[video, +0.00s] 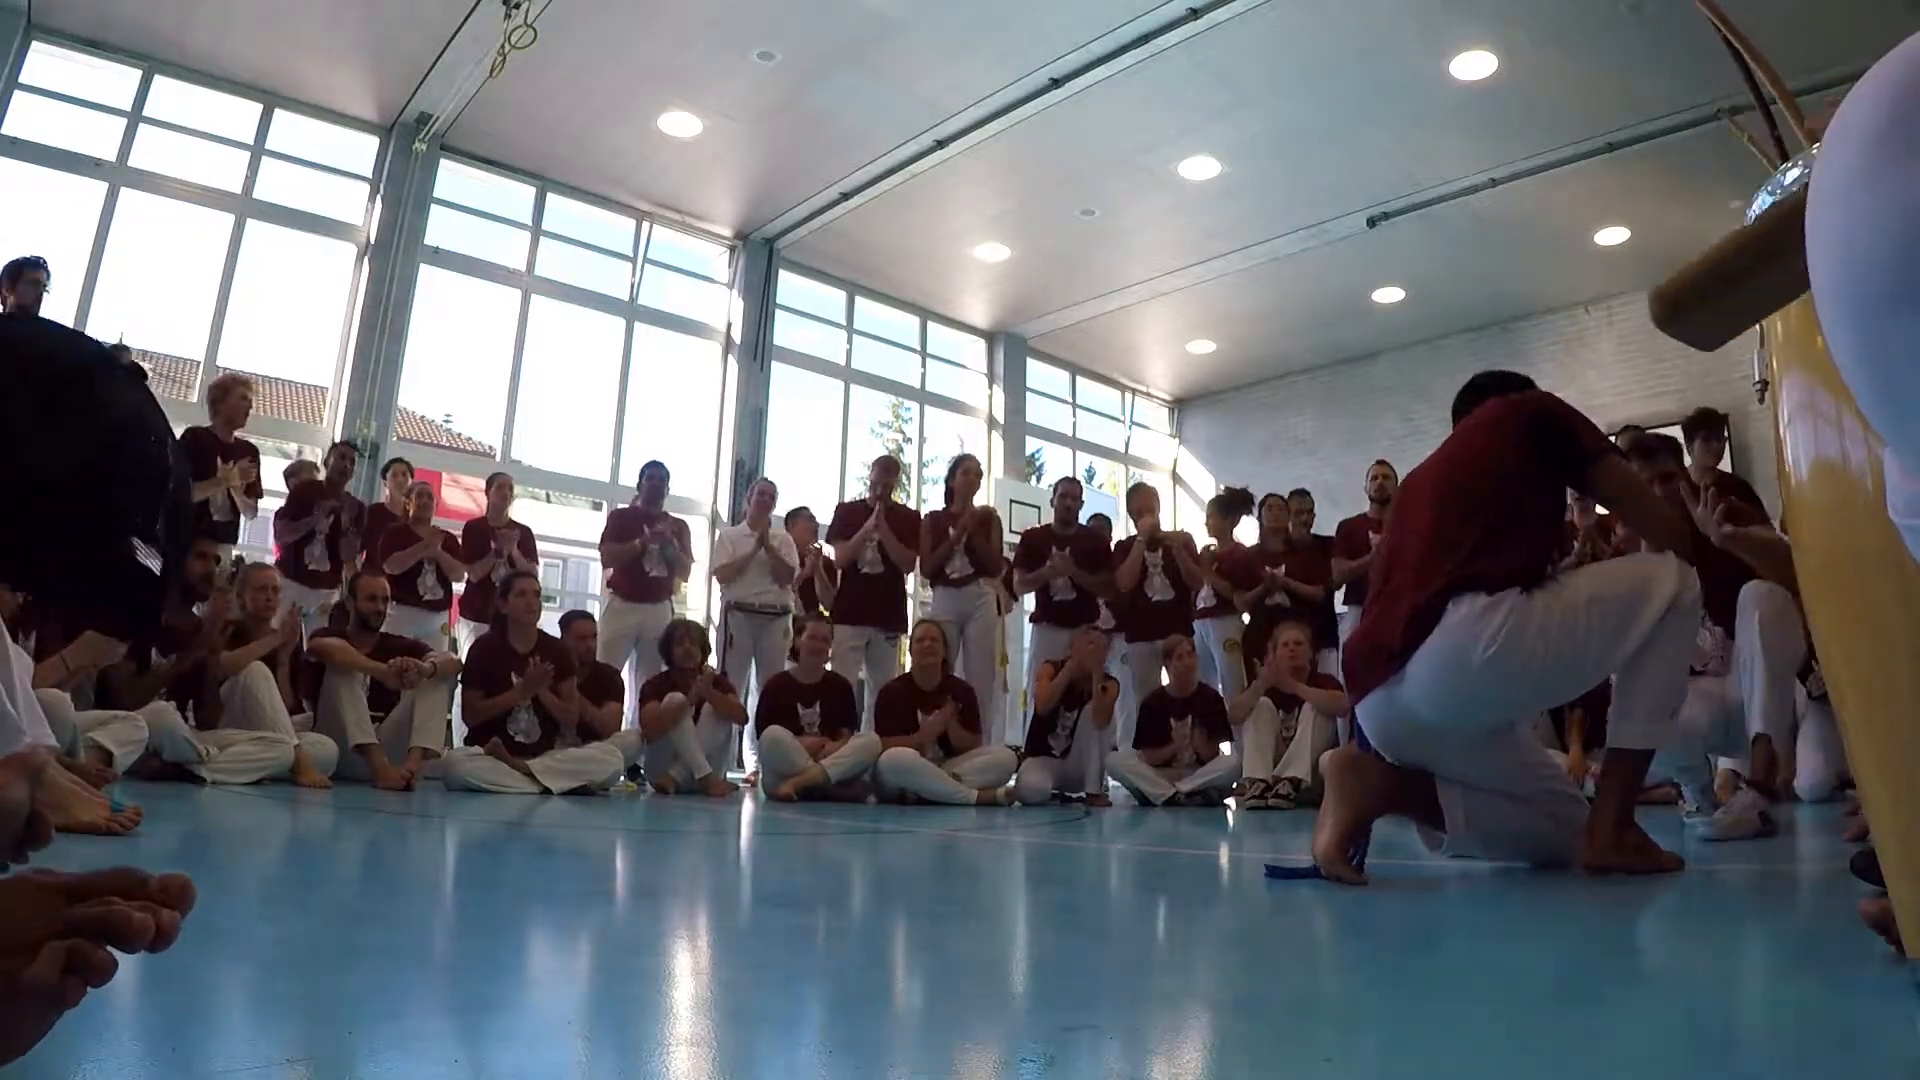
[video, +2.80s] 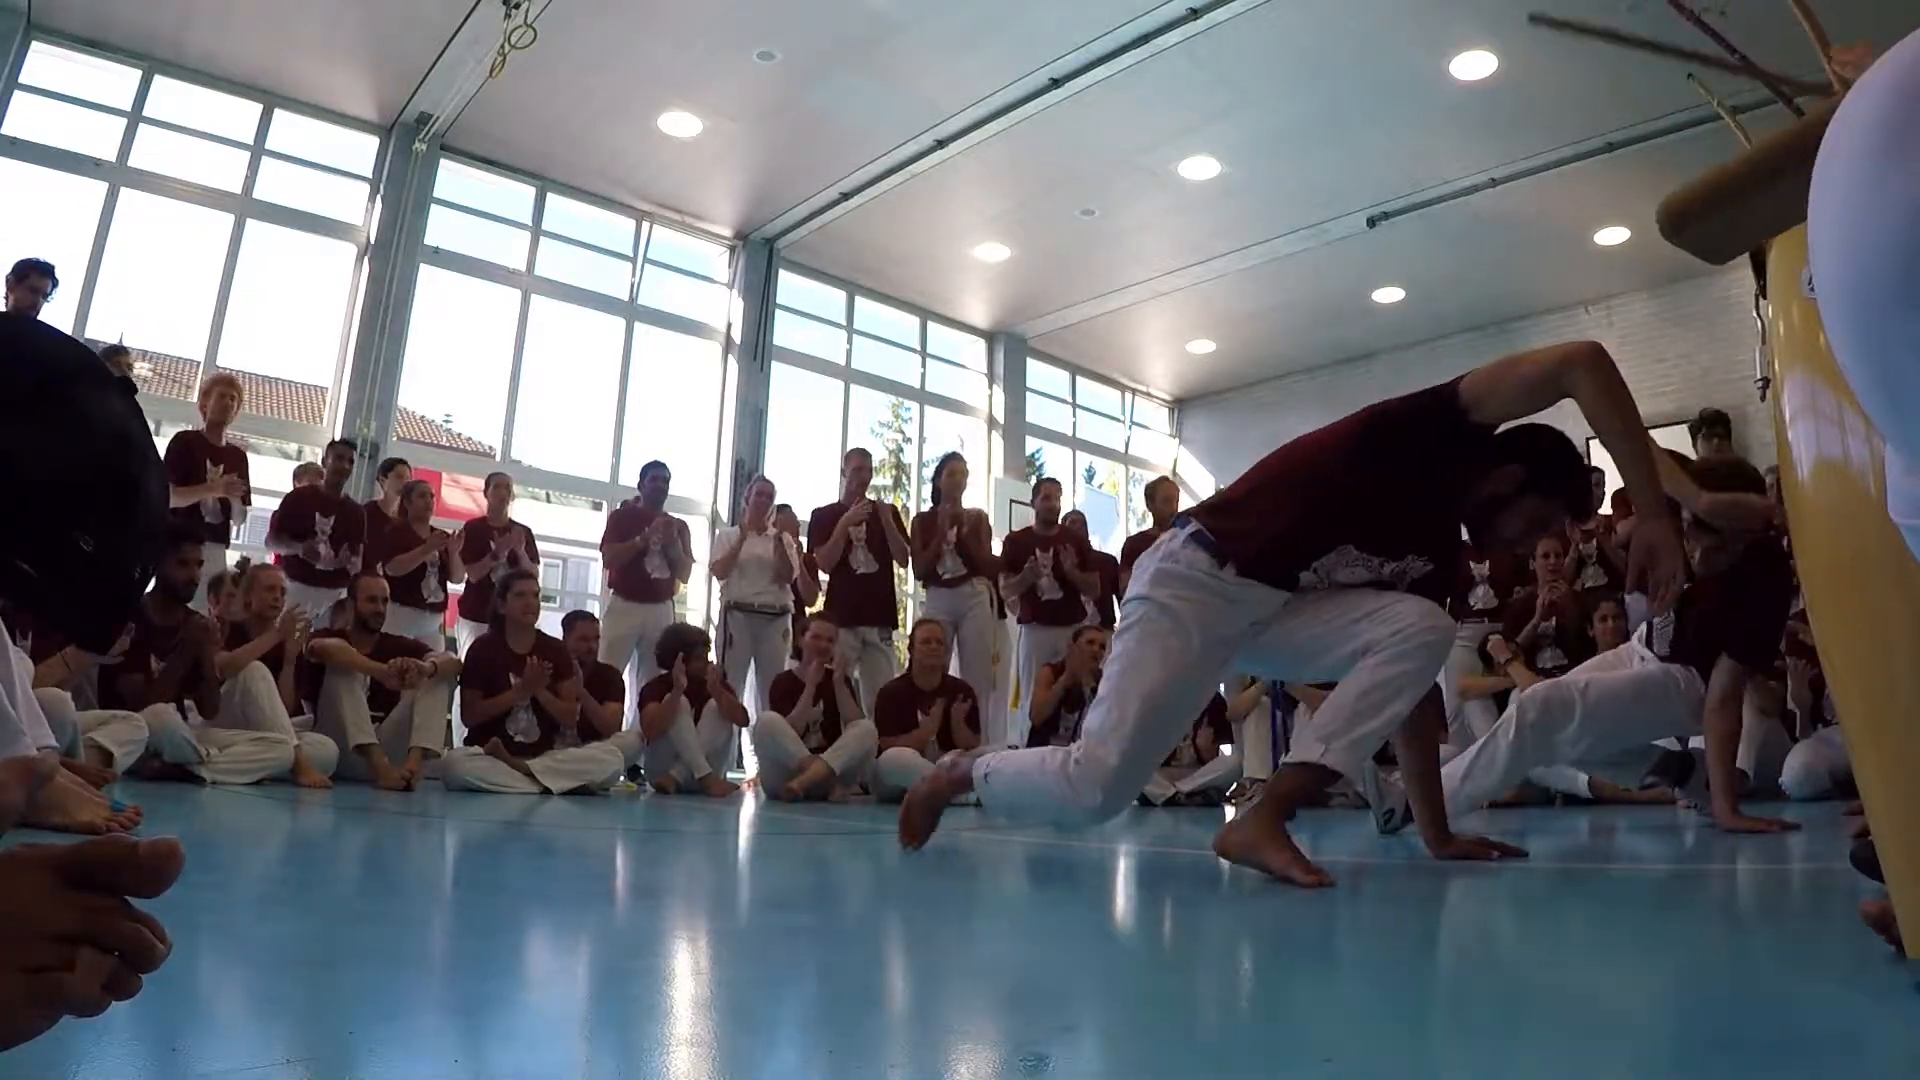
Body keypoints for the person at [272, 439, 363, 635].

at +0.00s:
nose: (347, 465)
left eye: (352, 462)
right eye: (341, 458)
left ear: (354, 469)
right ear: (326, 462)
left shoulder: (356, 507)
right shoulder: (303, 491)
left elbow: (349, 555)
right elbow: (281, 534)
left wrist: (345, 525)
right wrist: (316, 519)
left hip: (328, 588)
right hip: (292, 581)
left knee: (319, 654)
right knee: (281, 647)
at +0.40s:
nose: (350, 474)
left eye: (356, 470)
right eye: (346, 466)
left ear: (359, 474)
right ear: (332, 461)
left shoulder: (355, 511)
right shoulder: (298, 493)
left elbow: (357, 563)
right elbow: (271, 536)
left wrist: (339, 550)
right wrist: (307, 545)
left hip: (330, 592)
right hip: (291, 583)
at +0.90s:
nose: (327, 467)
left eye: (332, 463)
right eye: (321, 461)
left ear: (336, 470)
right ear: (307, 466)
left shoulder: (344, 509)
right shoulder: (291, 502)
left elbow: (352, 549)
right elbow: (289, 544)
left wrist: (345, 519)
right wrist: (316, 515)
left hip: (335, 587)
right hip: (299, 583)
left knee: (330, 652)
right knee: (292, 648)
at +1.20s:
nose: (329, 467)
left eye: (333, 463)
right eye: (323, 461)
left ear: (337, 472)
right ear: (309, 468)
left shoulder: (346, 510)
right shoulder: (290, 502)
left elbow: (353, 548)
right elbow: (286, 540)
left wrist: (356, 505)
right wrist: (308, 512)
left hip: (335, 587)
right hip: (299, 583)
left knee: (330, 653)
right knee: (290, 649)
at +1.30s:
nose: (333, 467)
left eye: (338, 464)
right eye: (328, 461)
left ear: (340, 472)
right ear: (313, 465)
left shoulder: (344, 508)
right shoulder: (291, 500)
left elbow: (350, 548)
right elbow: (284, 539)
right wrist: (304, 506)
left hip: (334, 586)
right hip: (298, 582)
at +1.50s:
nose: (344, 469)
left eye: (348, 466)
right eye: (339, 461)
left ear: (348, 474)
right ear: (322, 463)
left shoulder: (349, 511)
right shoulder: (294, 496)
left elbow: (352, 553)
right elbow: (275, 541)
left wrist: (338, 534)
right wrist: (314, 533)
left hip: (334, 588)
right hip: (297, 583)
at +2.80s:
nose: (344, 466)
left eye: (350, 462)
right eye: (339, 458)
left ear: (352, 468)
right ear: (324, 461)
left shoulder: (356, 511)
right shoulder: (297, 498)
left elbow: (358, 555)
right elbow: (272, 541)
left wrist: (350, 561)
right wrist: (300, 548)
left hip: (335, 593)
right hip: (296, 588)